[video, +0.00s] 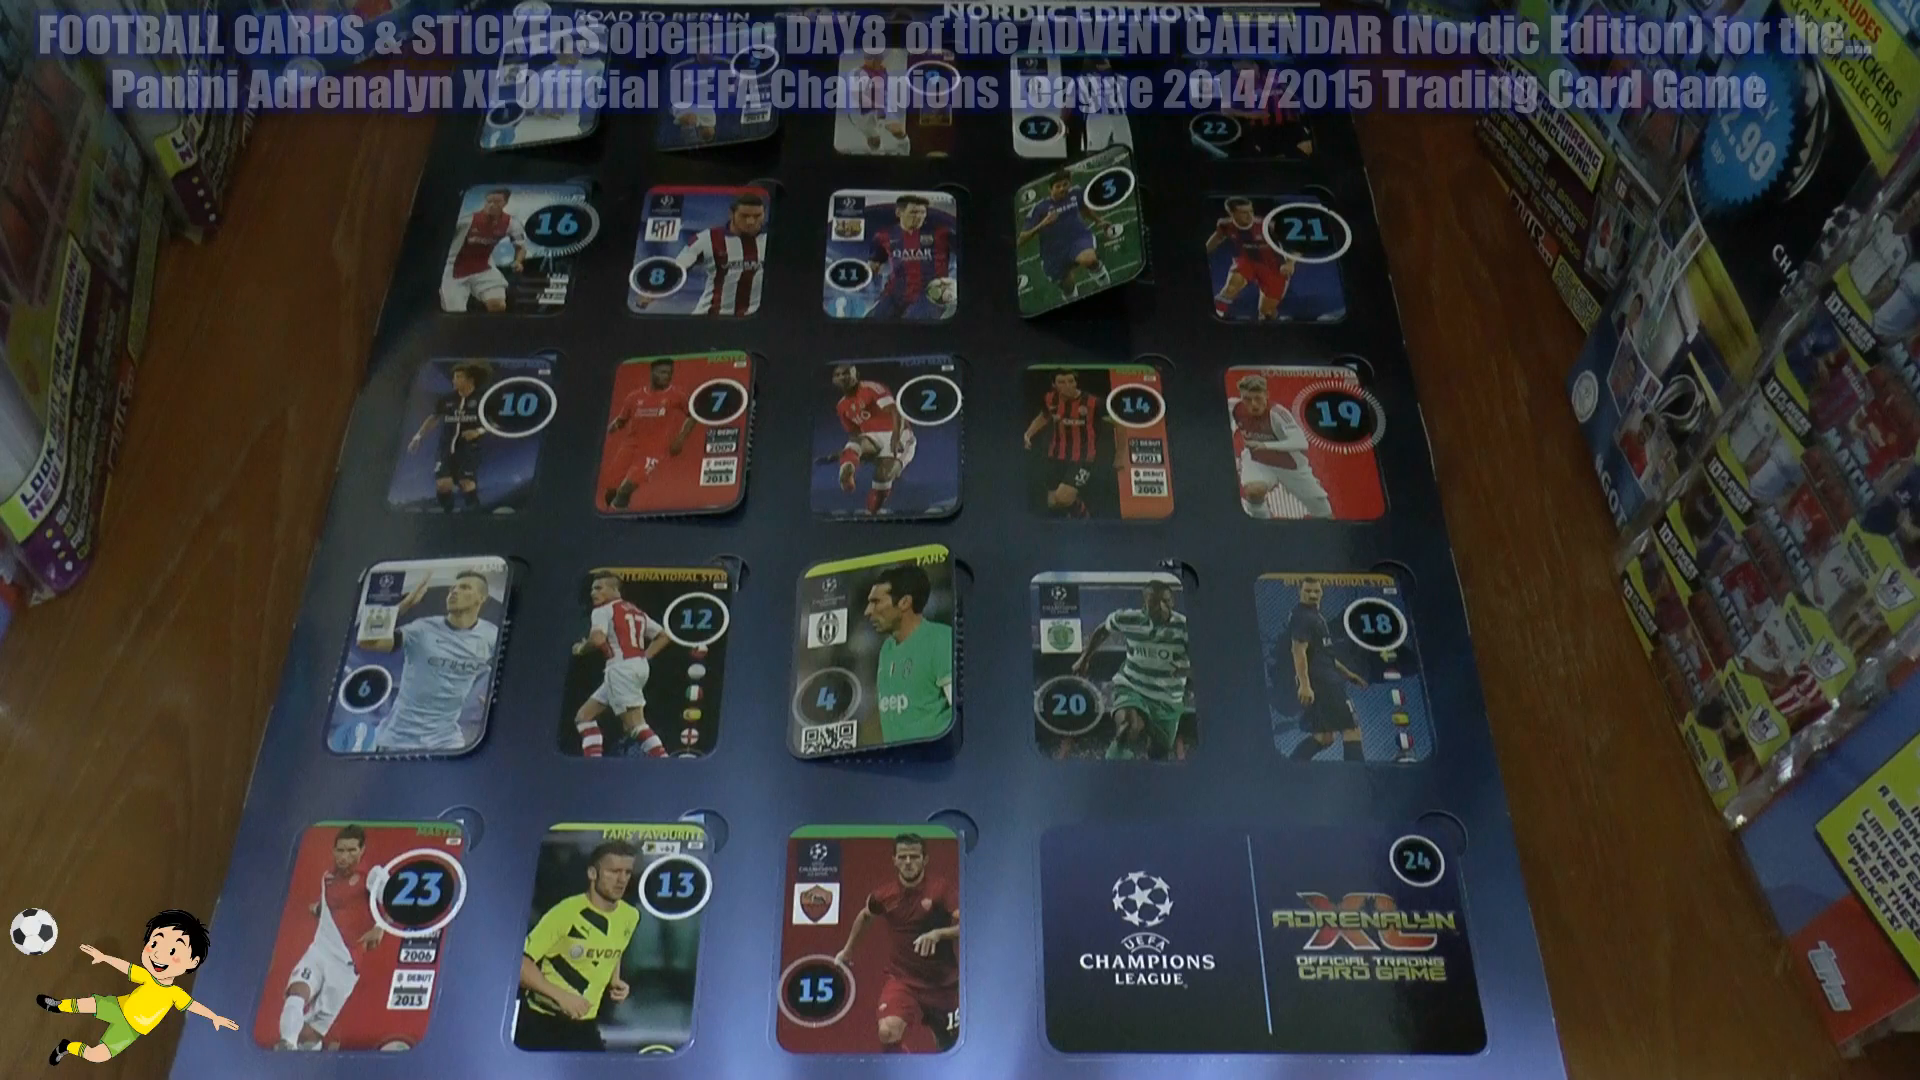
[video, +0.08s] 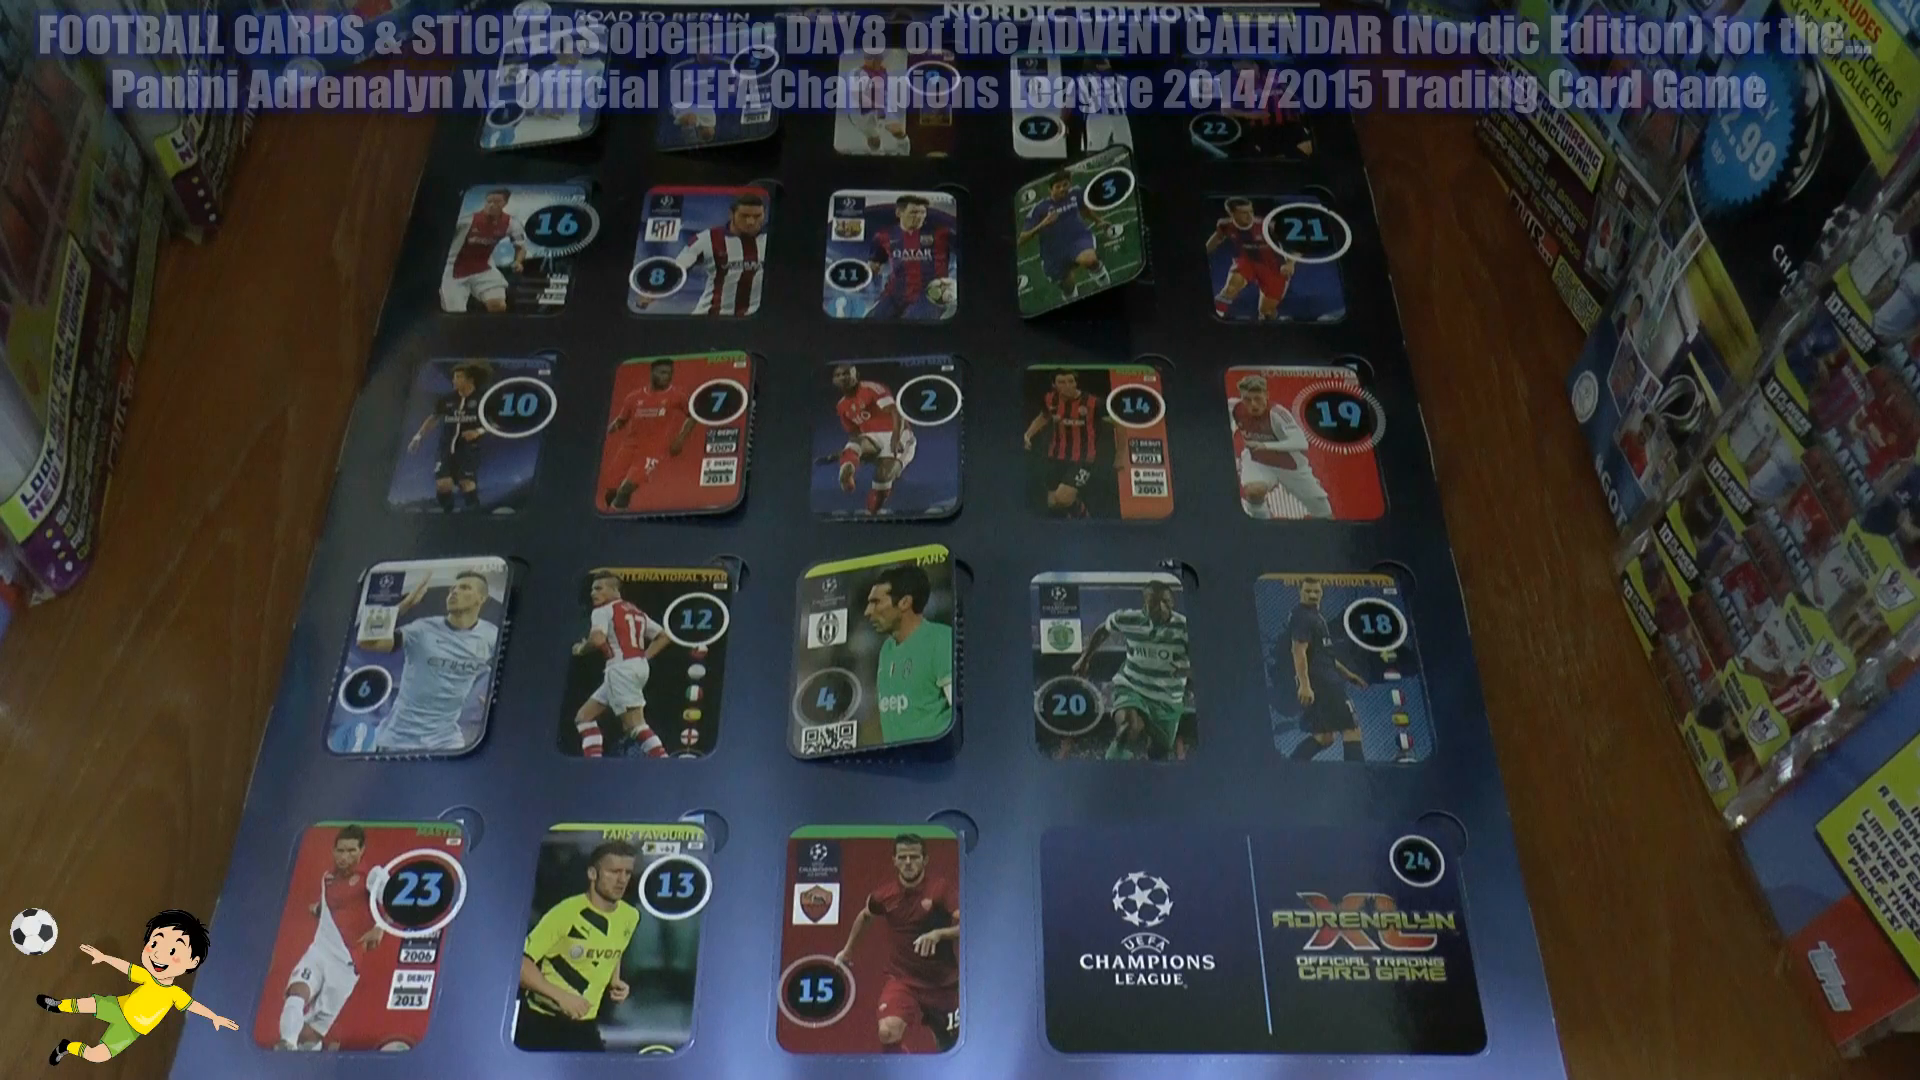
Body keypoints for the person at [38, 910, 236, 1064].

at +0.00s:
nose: (159, 955)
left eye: (173, 952)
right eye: (156, 943)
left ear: (188, 966)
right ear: (145, 945)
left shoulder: (176, 995)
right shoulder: (144, 976)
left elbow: (195, 1007)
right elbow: (124, 967)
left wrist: (215, 1017)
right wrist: (103, 958)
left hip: (131, 1030)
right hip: (119, 1008)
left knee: (98, 1055)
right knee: (88, 1003)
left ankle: (66, 1047)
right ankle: (57, 1006)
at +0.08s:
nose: (159, 955)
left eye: (173, 952)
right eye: (156, 943)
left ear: (188, 966)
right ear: (146, 945)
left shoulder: (176, 995)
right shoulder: (144, 976)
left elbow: (195, 1007)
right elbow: (124, 967)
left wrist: (215, 1017)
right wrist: (103, 958)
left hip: (131, 1030)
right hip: (119, 1008)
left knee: (98, 1055)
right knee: (89, 1003)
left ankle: (66, 1047)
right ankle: (57, 1006)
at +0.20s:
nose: (159, 956)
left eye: (173, 952)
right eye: (156, 944)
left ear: (188, 966)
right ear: (146, 945)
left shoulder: (176, 995)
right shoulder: (144, 975)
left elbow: (195, 1007)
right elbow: (124, 967)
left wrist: (215, 1017)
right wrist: (104, 958)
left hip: (131, 1030)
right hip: (119, 1008)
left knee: (98, 1055)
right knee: (88, 1003)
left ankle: (66, 1047)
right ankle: (57, 1006)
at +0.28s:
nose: (159, 955)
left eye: (173, 952)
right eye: (156, 943)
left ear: (188, 966)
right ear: (146, 945)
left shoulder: (176, 995)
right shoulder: (144, 976)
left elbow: (195, 1007)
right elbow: (124, 967)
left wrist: (215, 1017)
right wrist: (103, 958)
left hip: (131, 1030)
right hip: (119, 1008)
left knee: (98, 1055)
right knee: (89, 1003)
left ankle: (66, 1047)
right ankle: (57, 1006)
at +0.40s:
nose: (159, 955)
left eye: (173, 952)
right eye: (156, 943)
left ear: (188, 966)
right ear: (146, 945)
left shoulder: (176, 995)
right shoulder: (144, 976)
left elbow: (195, 1007)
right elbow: (124, 967)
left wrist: (215, 1017)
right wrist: (103, 958)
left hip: (131, 1030)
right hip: (119, 1008)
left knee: (98, 1055)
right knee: (89, 1003)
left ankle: (66, 1047)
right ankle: (57, 1006)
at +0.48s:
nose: (159, 955)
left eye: (173, 952)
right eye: (156, 943)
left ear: (188, 966)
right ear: (146, 945)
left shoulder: (176, 995)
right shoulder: (144, 976)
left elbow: (195, 1007)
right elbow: (124, 967)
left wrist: (215, 1017)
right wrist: (103, 958)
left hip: (131, 1030)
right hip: (119, 1008)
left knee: (98, 1055)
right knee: (89, 1003)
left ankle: (66, 1047)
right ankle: (57, 1006)